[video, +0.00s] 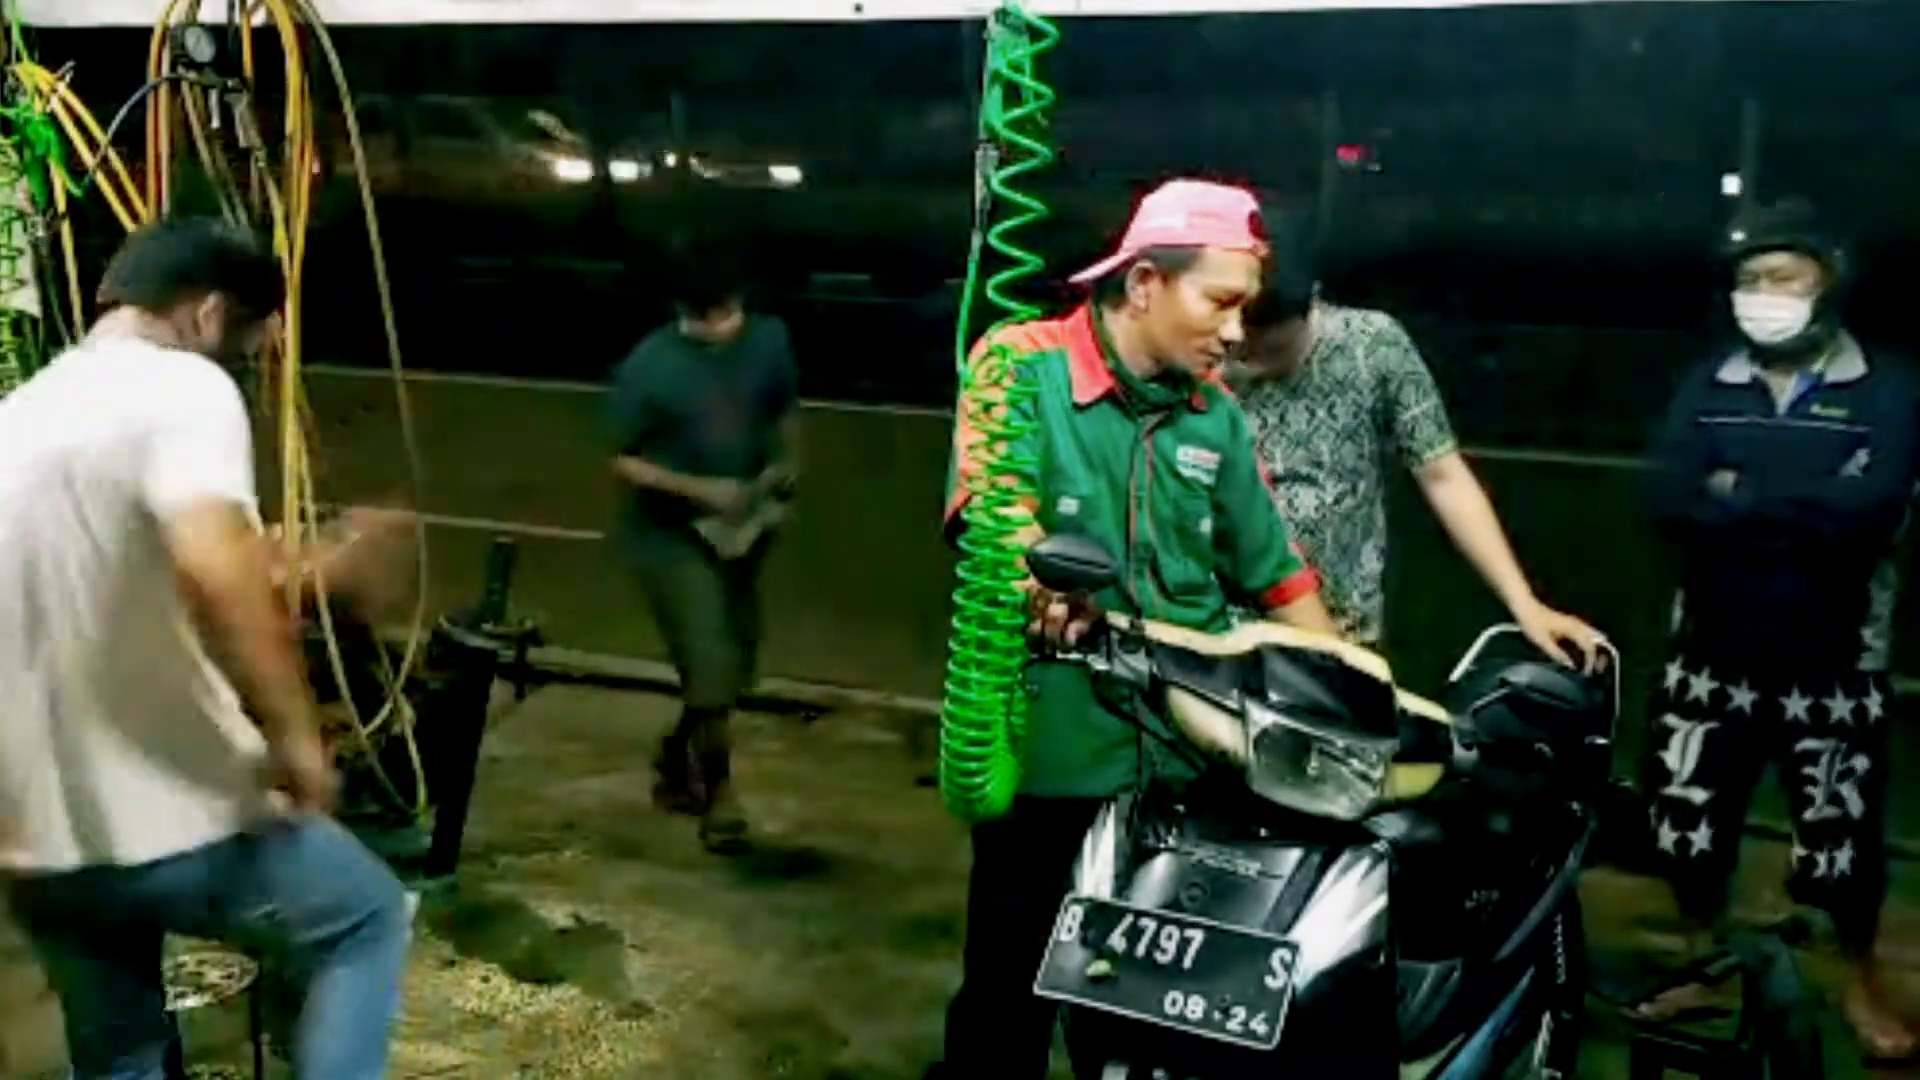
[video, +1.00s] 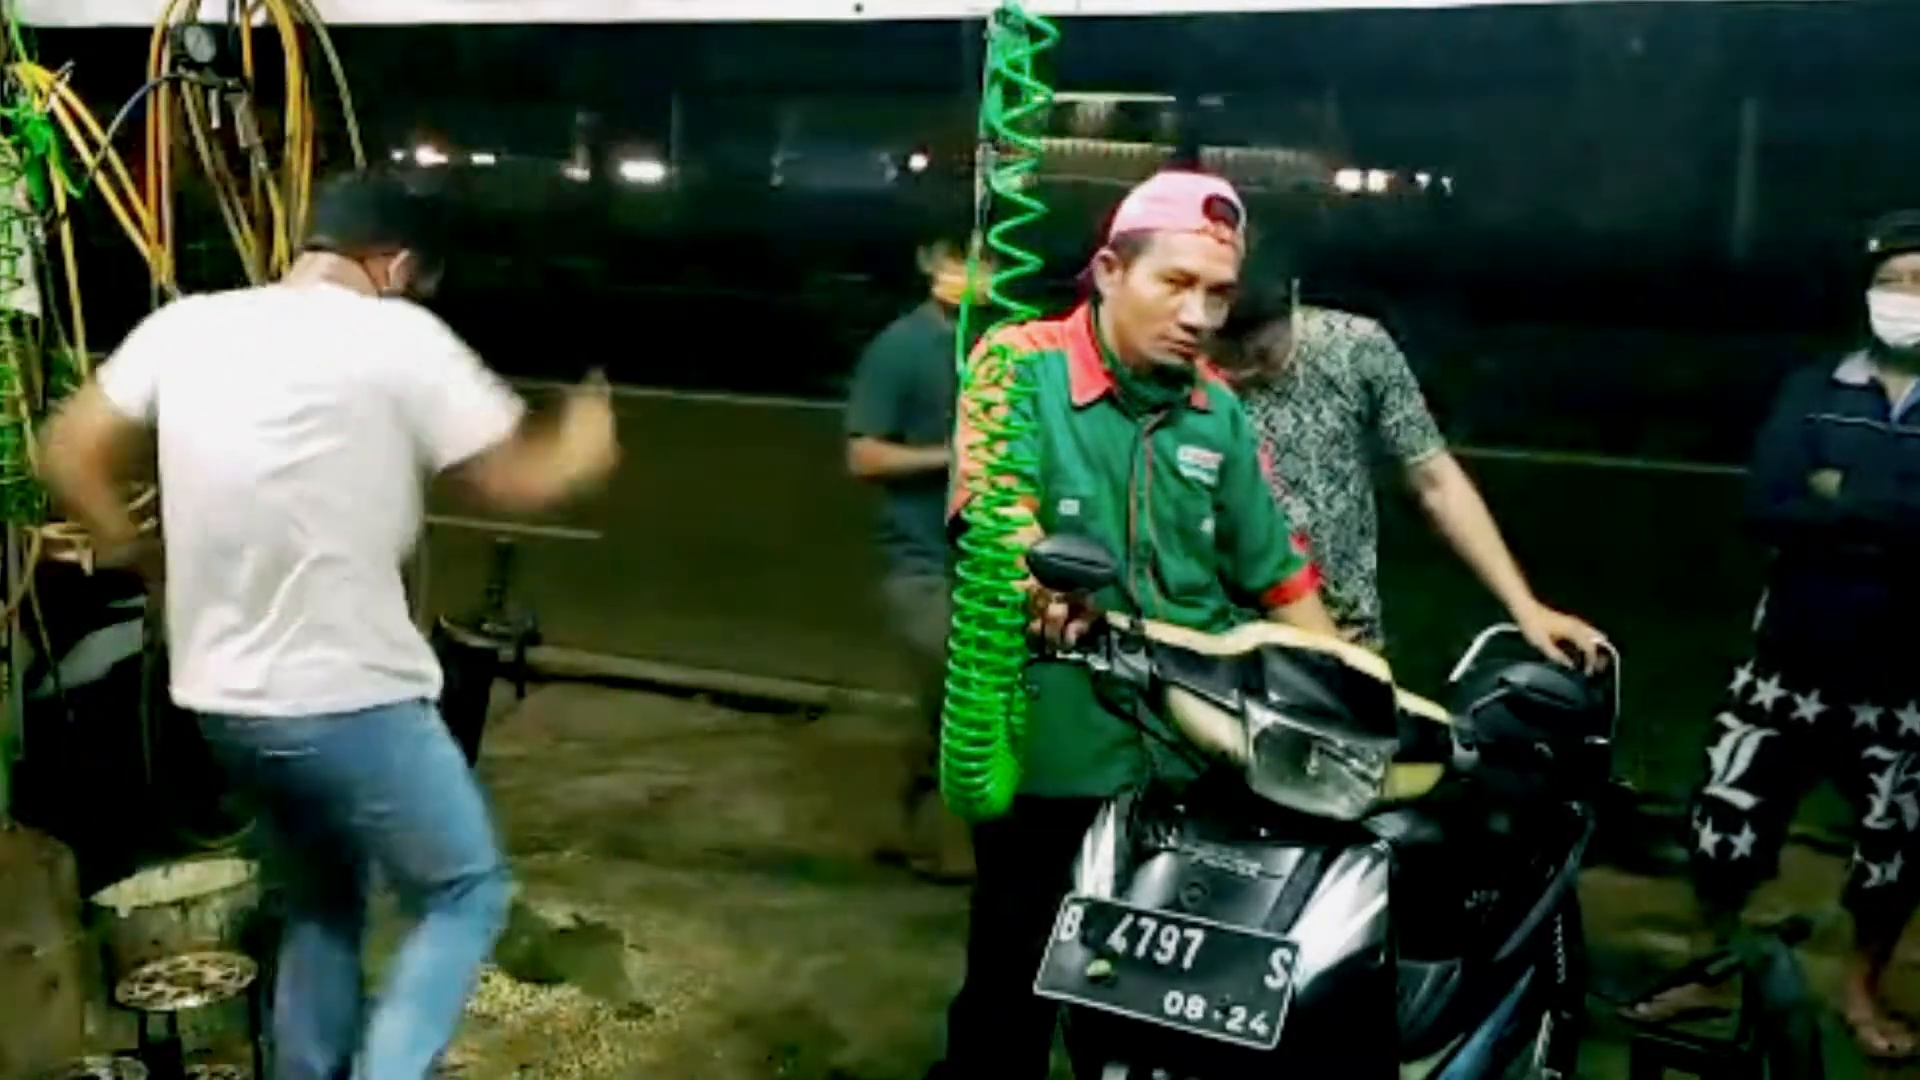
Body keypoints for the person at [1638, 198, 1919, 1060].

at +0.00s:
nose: (1765, 299)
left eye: (1786, 281)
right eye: (1752, 281)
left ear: (1827, 287)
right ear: (1733, 291)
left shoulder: (1880, 390)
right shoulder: (1710, 384)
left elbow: (1875, 507)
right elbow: (1664, 496)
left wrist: (1737, 485)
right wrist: (1819, 492)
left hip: (1830, 650)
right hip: (1715, 644)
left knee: (1844, 833)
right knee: (1688, 817)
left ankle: (1856, 984)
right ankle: (1703, 970)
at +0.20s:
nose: (1826, 304)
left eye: (1848, 288)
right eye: (1812, 287)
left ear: (1885, 300)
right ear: (1790, 298)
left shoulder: (1914, 402)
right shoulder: (1755, 392)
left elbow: (1913, 517)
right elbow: (1712, 500)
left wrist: (1791, 495)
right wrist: (1861, 512)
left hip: (1867, 654)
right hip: (1751, 643)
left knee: (1866, 839)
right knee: (1696, 816)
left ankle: (1859, 985)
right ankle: (1703, 969)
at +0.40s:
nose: (1865, 305)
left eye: (1886, 290)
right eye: (1851, 288)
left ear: (1916, 305)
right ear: (1825, 299)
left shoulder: (1918, 412)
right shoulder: (1770, 396)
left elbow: (1912, 517)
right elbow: (1741, 502)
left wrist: (1809, 492)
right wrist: (1875, 509)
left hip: (1883, 661)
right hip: (1770, 653)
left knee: (1884, 845)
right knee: (1707, 822)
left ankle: (1861, 986)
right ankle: (1706, 967)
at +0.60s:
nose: (1881, 305)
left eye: (1901, 291)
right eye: (1869, 288)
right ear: (1845, 301)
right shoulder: (1796, 395)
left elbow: (1910, 516)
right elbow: (1753, 502)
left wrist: (1816, 485)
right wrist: (1876, 508)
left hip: (1892, 666)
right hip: (1779, 656)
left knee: (1892, 855)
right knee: (1709, 824)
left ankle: (1862, 985)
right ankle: (1710, 966)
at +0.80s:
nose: (1897, 304)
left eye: (1912, 289)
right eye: (1884, 287)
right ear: (1858, 300)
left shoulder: (1919, 412)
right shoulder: (1808, 392)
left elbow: (1908, 513)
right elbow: (1760, 500)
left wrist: (1827, 482)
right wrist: (1874, 511)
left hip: (1892, 669)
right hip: (1785, 658)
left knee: (1887, 854)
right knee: (1714, 823)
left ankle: (1863, 990)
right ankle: (1709, 968)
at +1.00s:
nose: (1904, 302)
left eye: (1917, 287)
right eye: (1891, 285)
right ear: (1865, 297)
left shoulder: (1919, 412)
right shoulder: (1814, 392)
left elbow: (1908, 515)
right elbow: (1765, 503)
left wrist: (1831, 484)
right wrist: (1880, 512)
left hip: (1899, 669)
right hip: (1795, 657)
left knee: (1896, 850)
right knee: (1722, 824)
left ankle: (1863, 989)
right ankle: (1709, 968)